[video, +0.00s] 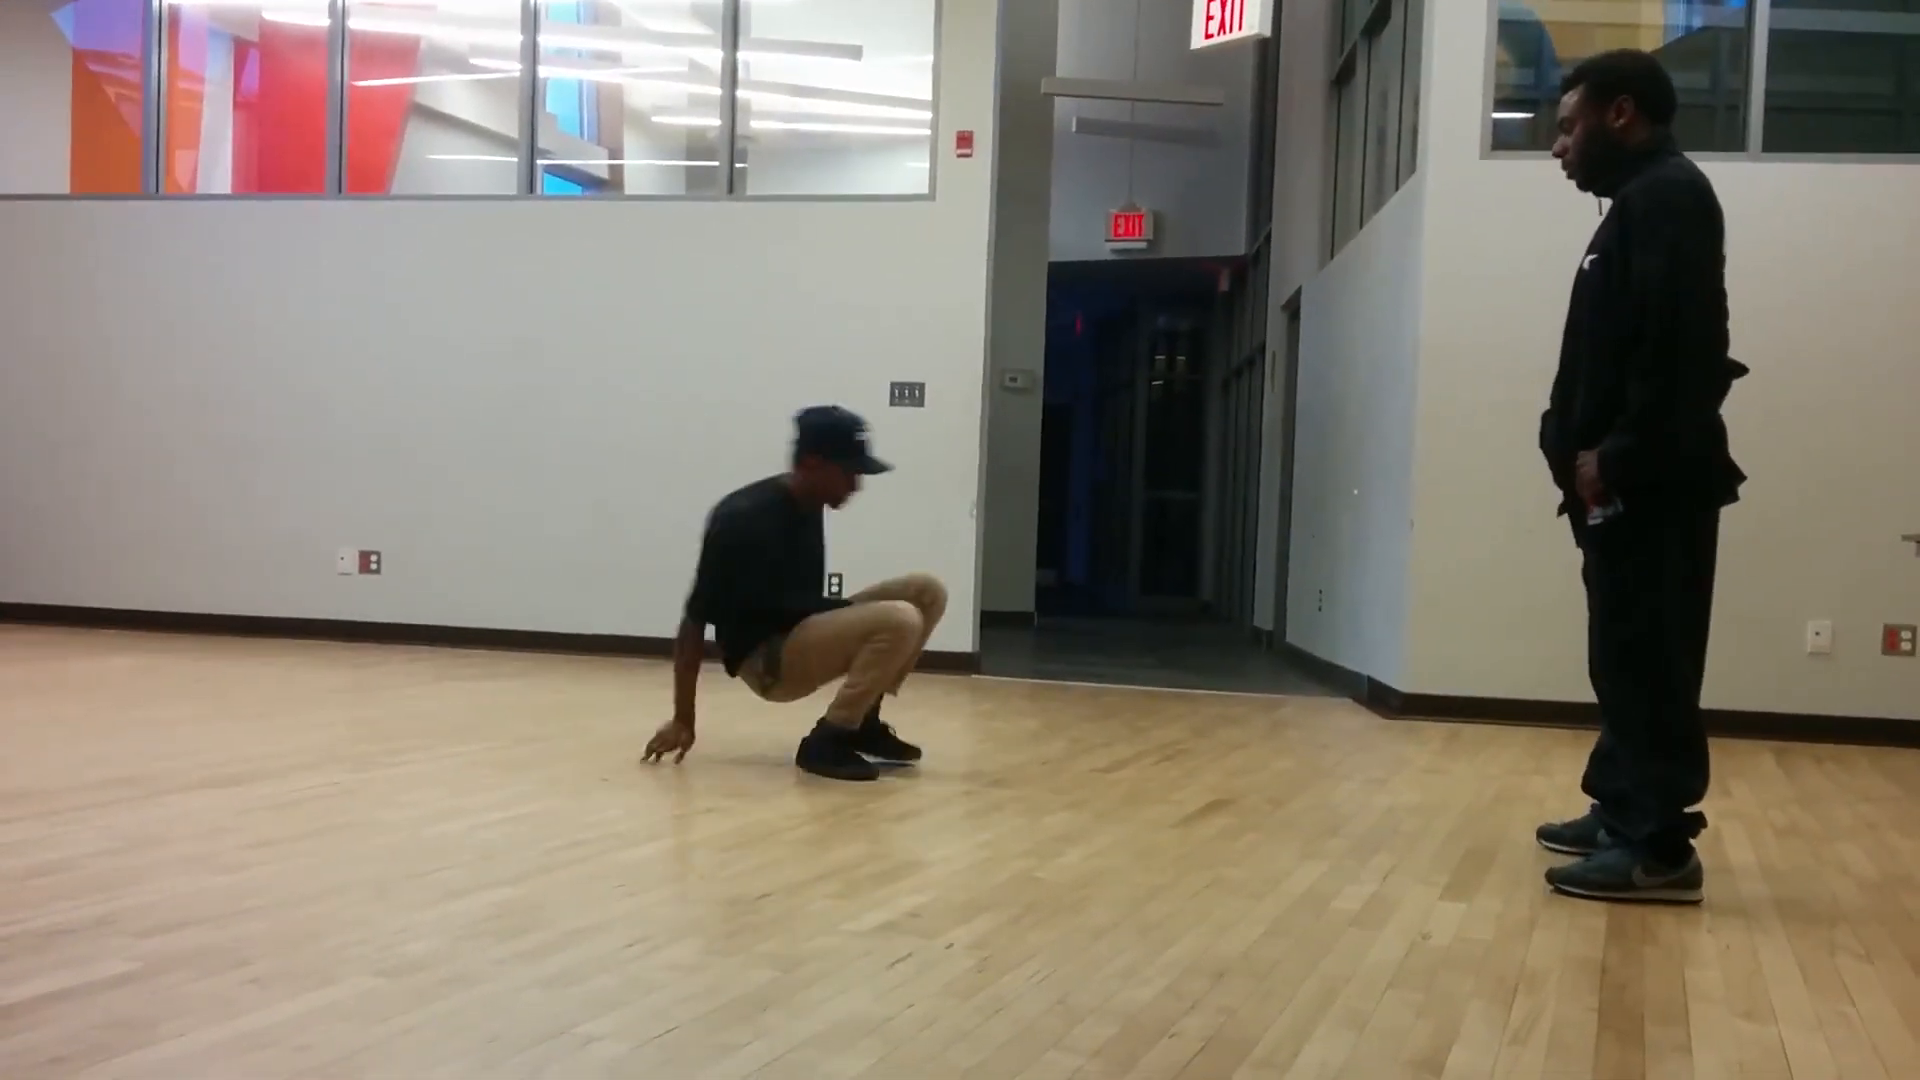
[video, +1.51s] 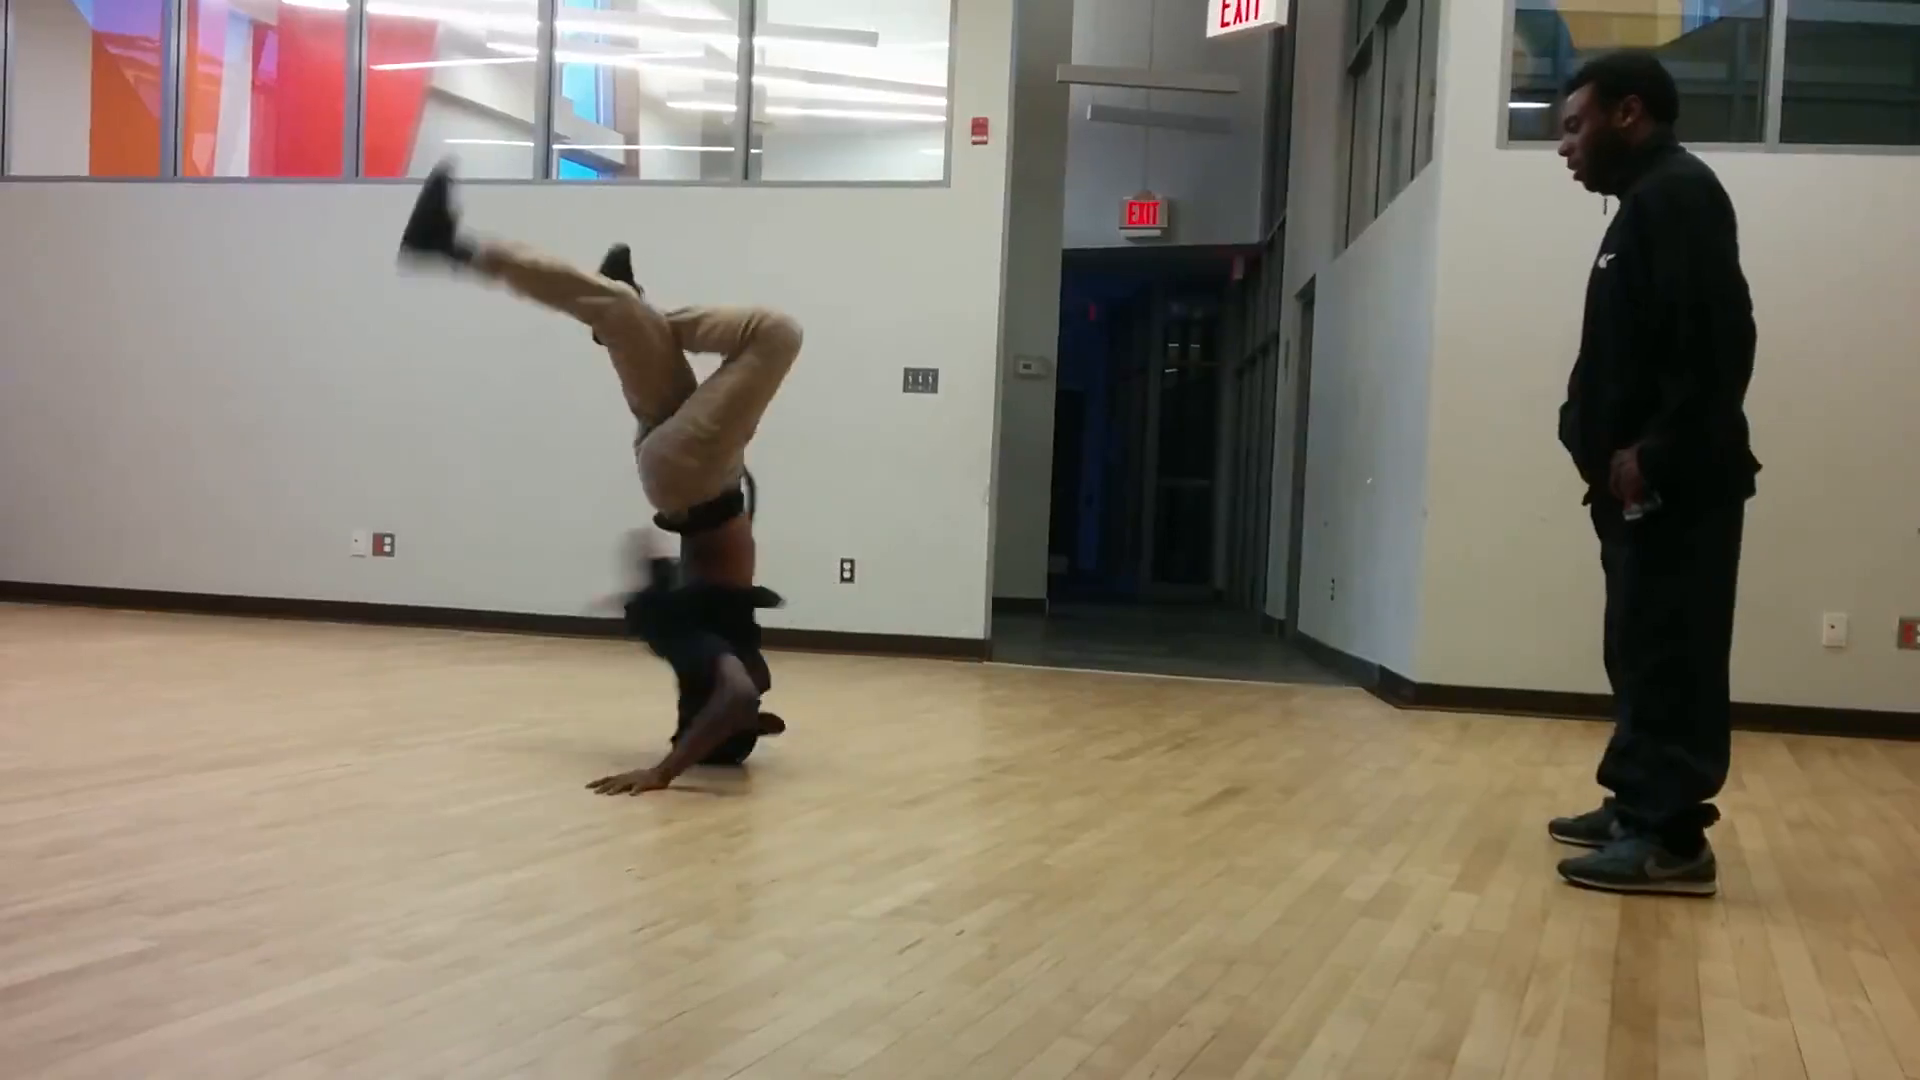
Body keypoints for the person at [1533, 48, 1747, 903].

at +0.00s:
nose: (1558, 147)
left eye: (1567, 125)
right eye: (1558, 127)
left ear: (1622, 116)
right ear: (1623, 119)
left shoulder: (1670, 197)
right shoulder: (1646, 197)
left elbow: (1674, 357)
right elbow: (1630, 349)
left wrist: (1606, 456)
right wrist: (1574, 441)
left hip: (1659, 482)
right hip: (1631, 480)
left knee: (1650, 656)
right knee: (1626, 651)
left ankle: (1657, 846)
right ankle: (1623, 814)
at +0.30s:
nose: (1556, 144)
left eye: (1565, 123)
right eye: (1555, 126)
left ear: (1616, 110)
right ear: (1620, 113)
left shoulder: (1665, 188)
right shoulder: (1649, 189)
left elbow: (1682, 350)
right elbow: (1641, 346)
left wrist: (1615, 449)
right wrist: (1588, 440)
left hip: (1665, 478)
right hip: (1641, 477)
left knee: (1655, 653)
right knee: (1631, 648)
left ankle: (1662, 841)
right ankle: (1624, 807)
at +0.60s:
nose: (1558, 132)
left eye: (1568, 113)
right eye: (1559, 115)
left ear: (1619, 108)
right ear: (1622, 111)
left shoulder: (1656, 183)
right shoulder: (1643, 184)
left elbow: (1675, 345)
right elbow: (1633, 338)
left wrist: (1612, 446)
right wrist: (1587, 437)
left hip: (1665, 469)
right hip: (1642, 468)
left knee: (1657, 642)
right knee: (1634, 638)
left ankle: (1662, 836)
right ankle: (1629, 802)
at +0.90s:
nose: (1551, 143)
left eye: (1562, 124)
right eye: (1551, 126)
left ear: (1612, 116)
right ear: (1615, 118)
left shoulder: (1651, 195)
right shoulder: (1637, 195)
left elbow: (1670, 346)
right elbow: (1635, 343)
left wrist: (1622, 455)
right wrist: (1596, 446)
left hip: (1670, 473)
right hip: (1642, 473)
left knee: (1663, 643)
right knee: (1638, 640)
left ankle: (1665, 833)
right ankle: (1632, 803)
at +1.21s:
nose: (1553, 152)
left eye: (1563, 132)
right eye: (1552, 134)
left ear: (1616, 122)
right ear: (1617, 125)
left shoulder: (1665, 203)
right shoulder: (1641, 203)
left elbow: (1694, 346)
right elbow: (1645, 347)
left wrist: (1635, 457)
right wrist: (1597, 448)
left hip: (1668, 482)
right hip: (1634, 481)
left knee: (1663, 649)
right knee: (1634, 646)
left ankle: (1667, 836)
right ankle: (1631, 806)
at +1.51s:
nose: (1564, 147)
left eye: (1573, 126)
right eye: (1561, 131)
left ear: (1630, 115)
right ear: (1630, 121)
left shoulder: (1680, 195)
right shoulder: (1654, 197)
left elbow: (1710, 342)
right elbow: (1665, 342)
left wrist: (1650, 454)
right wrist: (1613, 446)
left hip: (1682, 481)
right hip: (1647, 480)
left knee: (1672, 649)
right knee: (1642, 645)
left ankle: (1671, 837)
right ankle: (1636, 806)